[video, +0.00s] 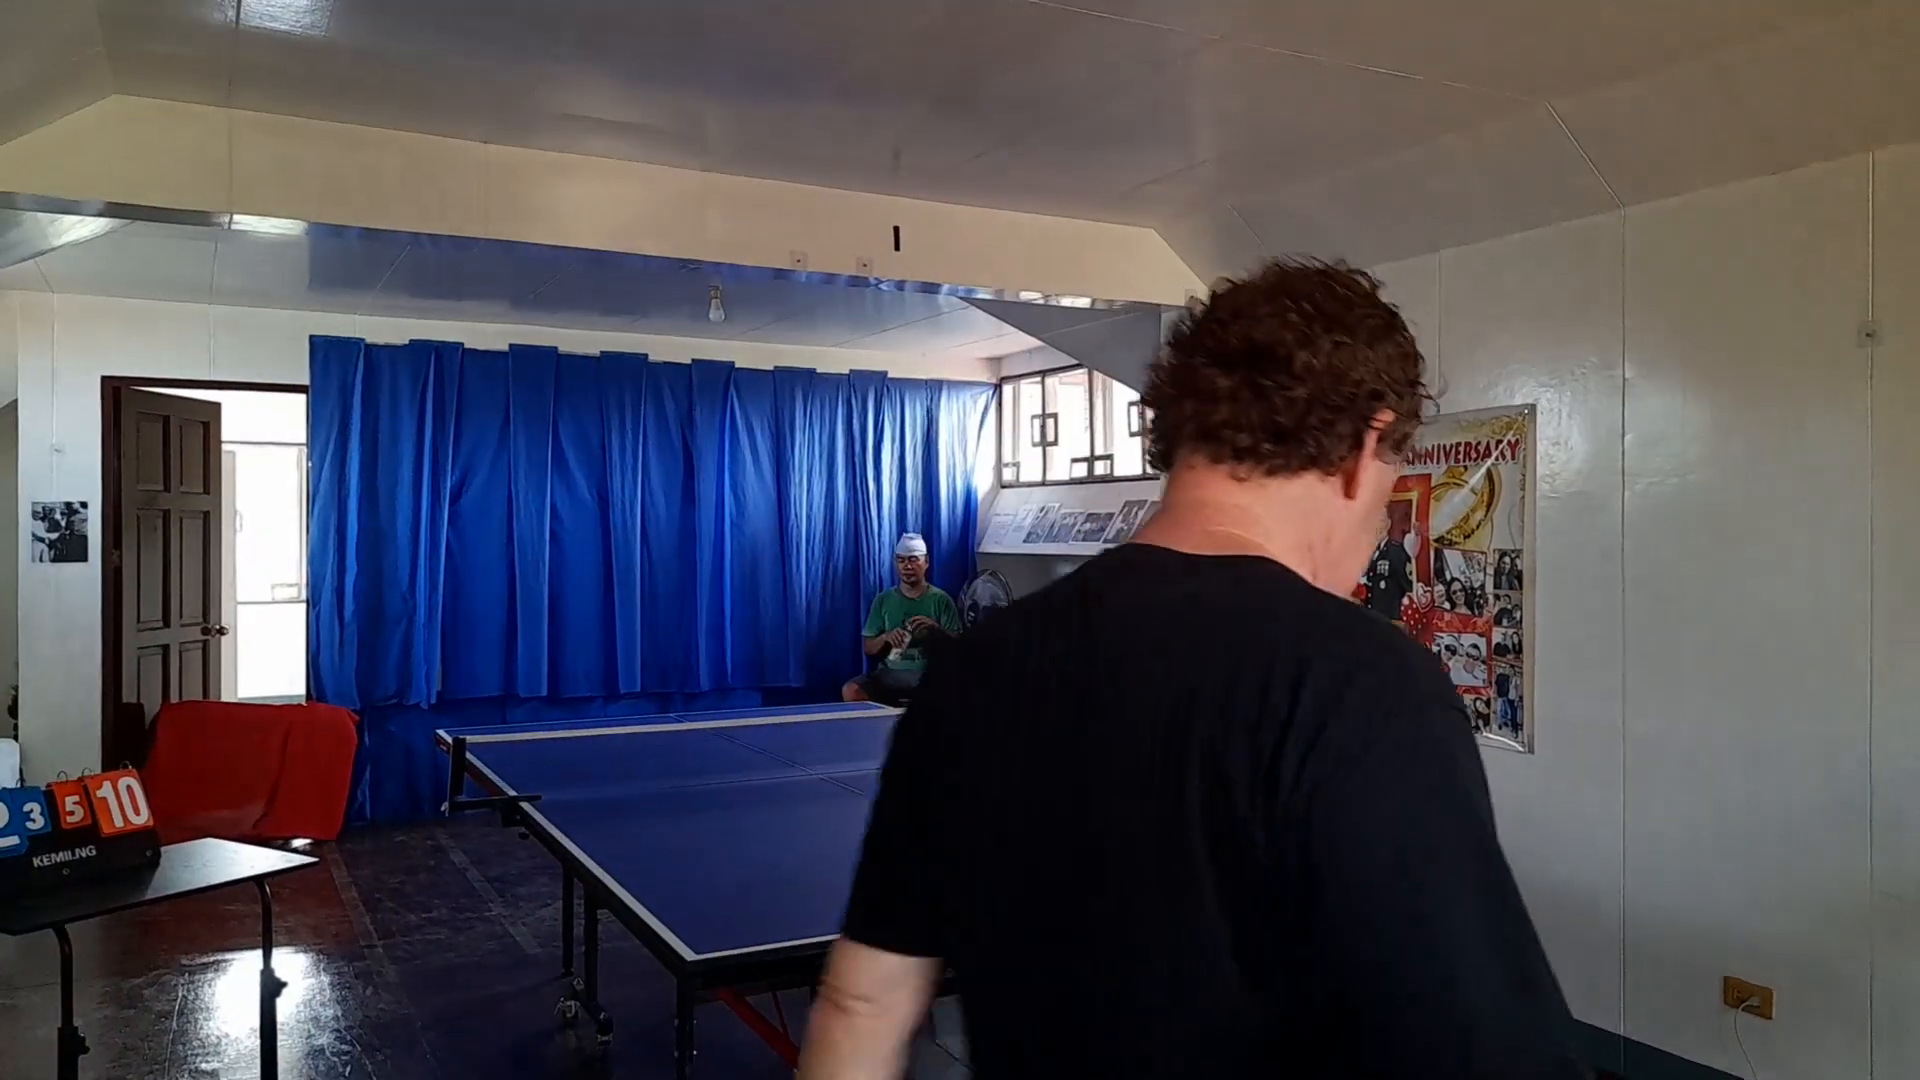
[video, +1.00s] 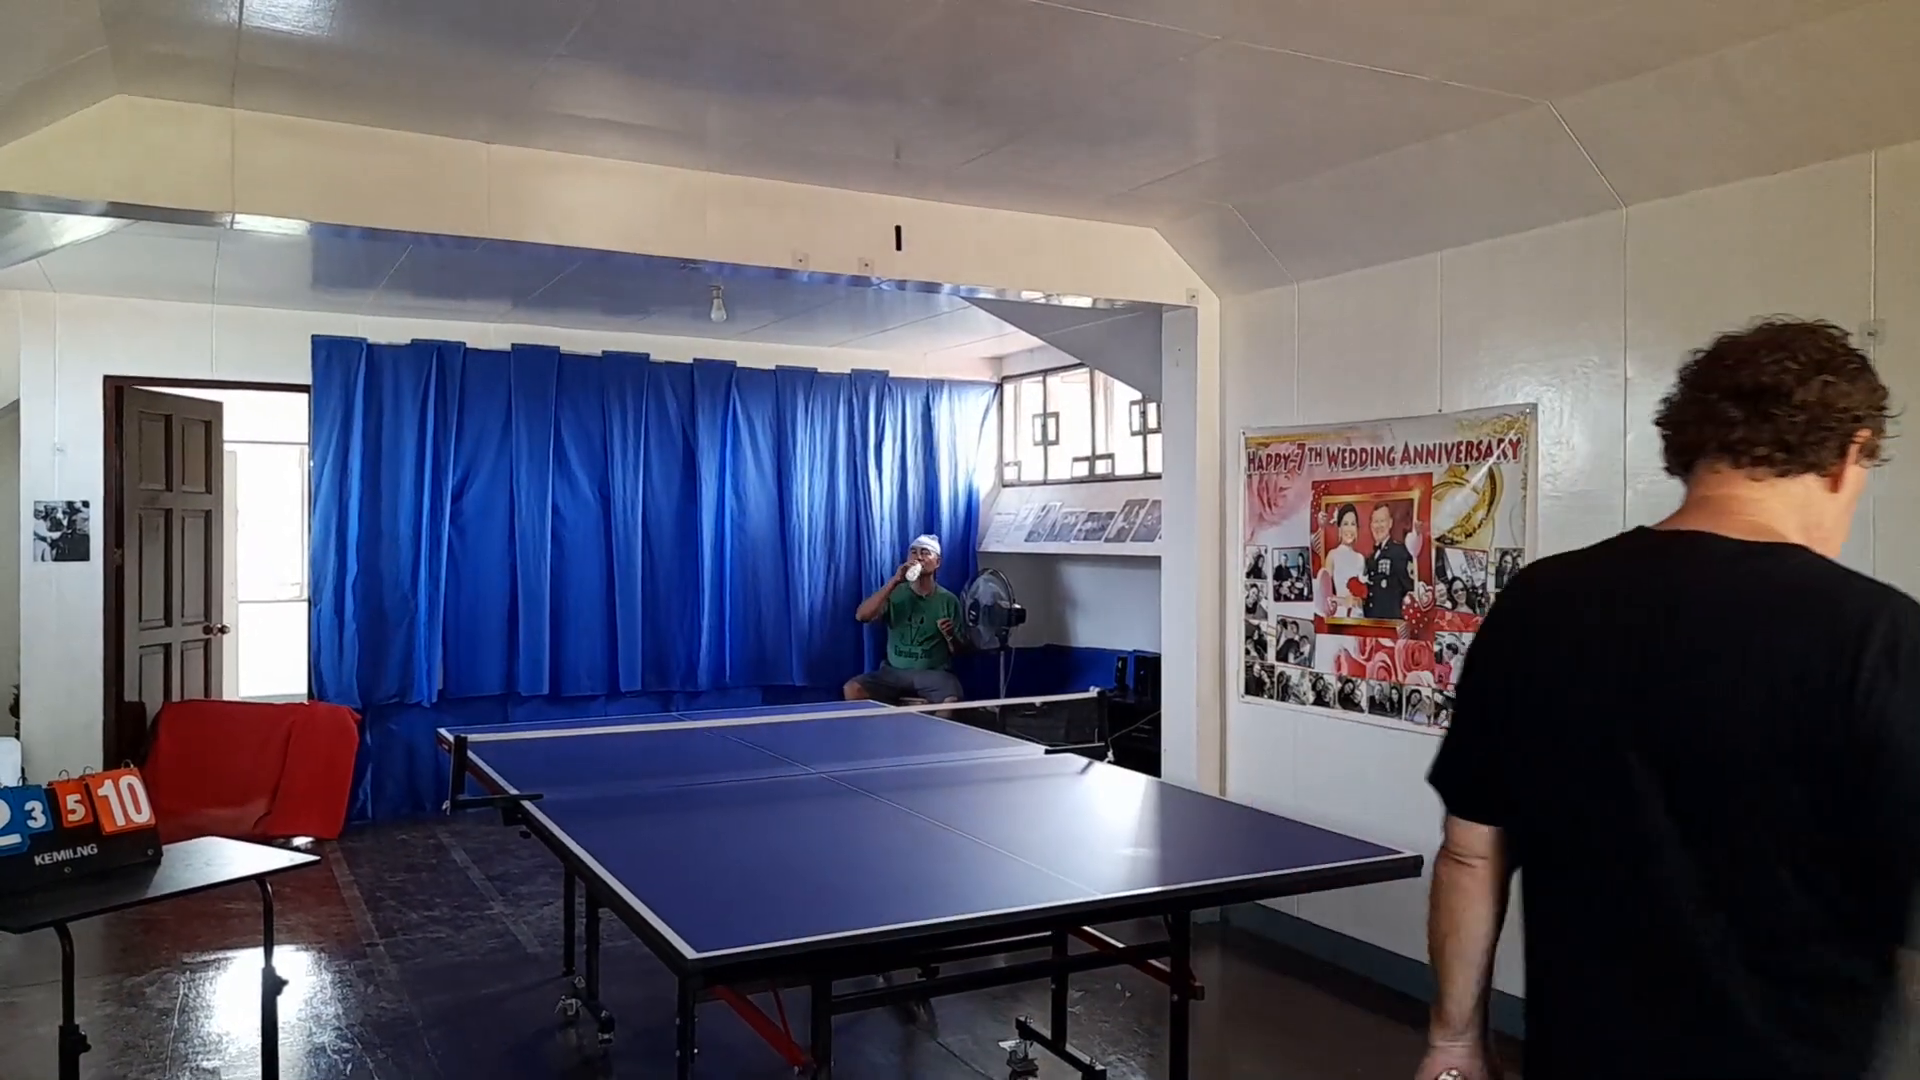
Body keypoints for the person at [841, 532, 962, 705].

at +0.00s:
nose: (907, 566)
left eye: (913, 560)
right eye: (901, 560)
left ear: (926, 563)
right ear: (896, 563)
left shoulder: (941, 600)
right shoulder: (882, 601)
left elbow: (955, 643)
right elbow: (869, 648)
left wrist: (934, 627)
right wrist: (885, 637)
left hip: (929, 674)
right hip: (890, 675)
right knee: (851, 691)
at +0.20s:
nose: (911, 567)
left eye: (918, 562)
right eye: (906, 562)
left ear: (930, 565)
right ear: (899, 565)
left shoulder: (944, 602)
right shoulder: (885, 601)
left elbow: (957, 644)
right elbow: (870, 648)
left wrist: (938, 630)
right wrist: (888, 637)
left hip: (932, 676)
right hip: (892, 675)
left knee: (950, 705)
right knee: (852, 692)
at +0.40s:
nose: (913, 568)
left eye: (920, 562)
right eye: (908, 562)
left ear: (933, 566)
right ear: (902, 565)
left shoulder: (946, 603)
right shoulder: (887, 601)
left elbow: (958, 649)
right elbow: (868, 645)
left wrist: (945, 629)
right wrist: (889, 626)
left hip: (931, 676)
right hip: (892, 675)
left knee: (950, 705)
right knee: (852, 693)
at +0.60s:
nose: (914, 564)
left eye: (921, 559)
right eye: (909, 558)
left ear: (934, 565)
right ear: (903, 562)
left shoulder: (946, 601)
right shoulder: (889, 595)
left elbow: (956, 652)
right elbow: (864, 634)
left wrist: (948, 631)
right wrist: (890, 602)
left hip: (931, 676)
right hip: (892, 674)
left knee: (950, 703)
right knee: (852, 691)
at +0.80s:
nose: (915, 558)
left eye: (923, 553)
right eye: (911, 552)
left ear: (934, 561)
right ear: (904, 557)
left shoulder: (946, 599)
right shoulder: (889, 592)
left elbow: (956, 649)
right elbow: (860, 620)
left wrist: (947, 633)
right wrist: (891, 585)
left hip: (930, 673)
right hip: (891, 670)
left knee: (949, 700)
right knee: (851, 688)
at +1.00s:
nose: (919, 557)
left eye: (926, 553)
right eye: (914, 552)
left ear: (937, 562)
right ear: (908, 558)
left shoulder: (949, 601)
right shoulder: (894, 594)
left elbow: (958, 650)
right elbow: (862, 615)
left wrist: (950, 636)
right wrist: (895, 581)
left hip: (932, 674)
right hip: (893, 671)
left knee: (951, 702)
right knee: (853, 689)